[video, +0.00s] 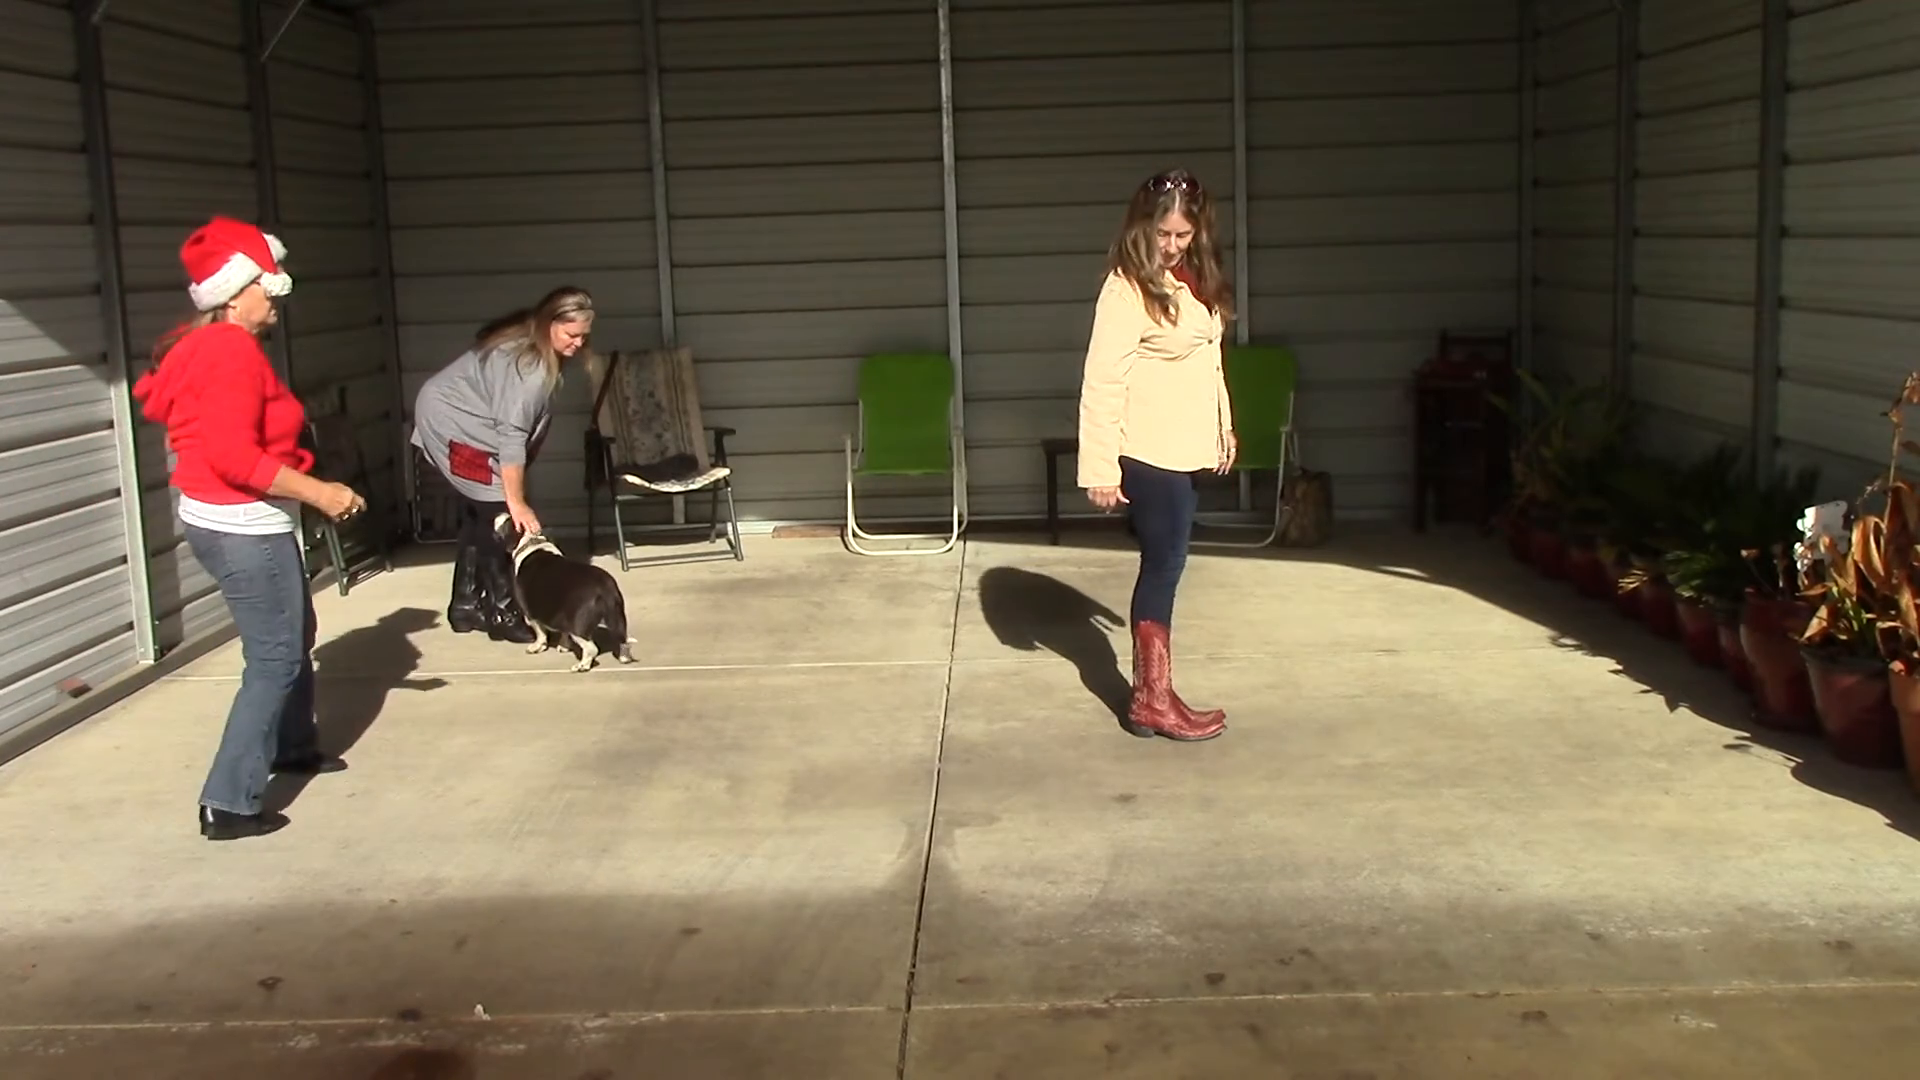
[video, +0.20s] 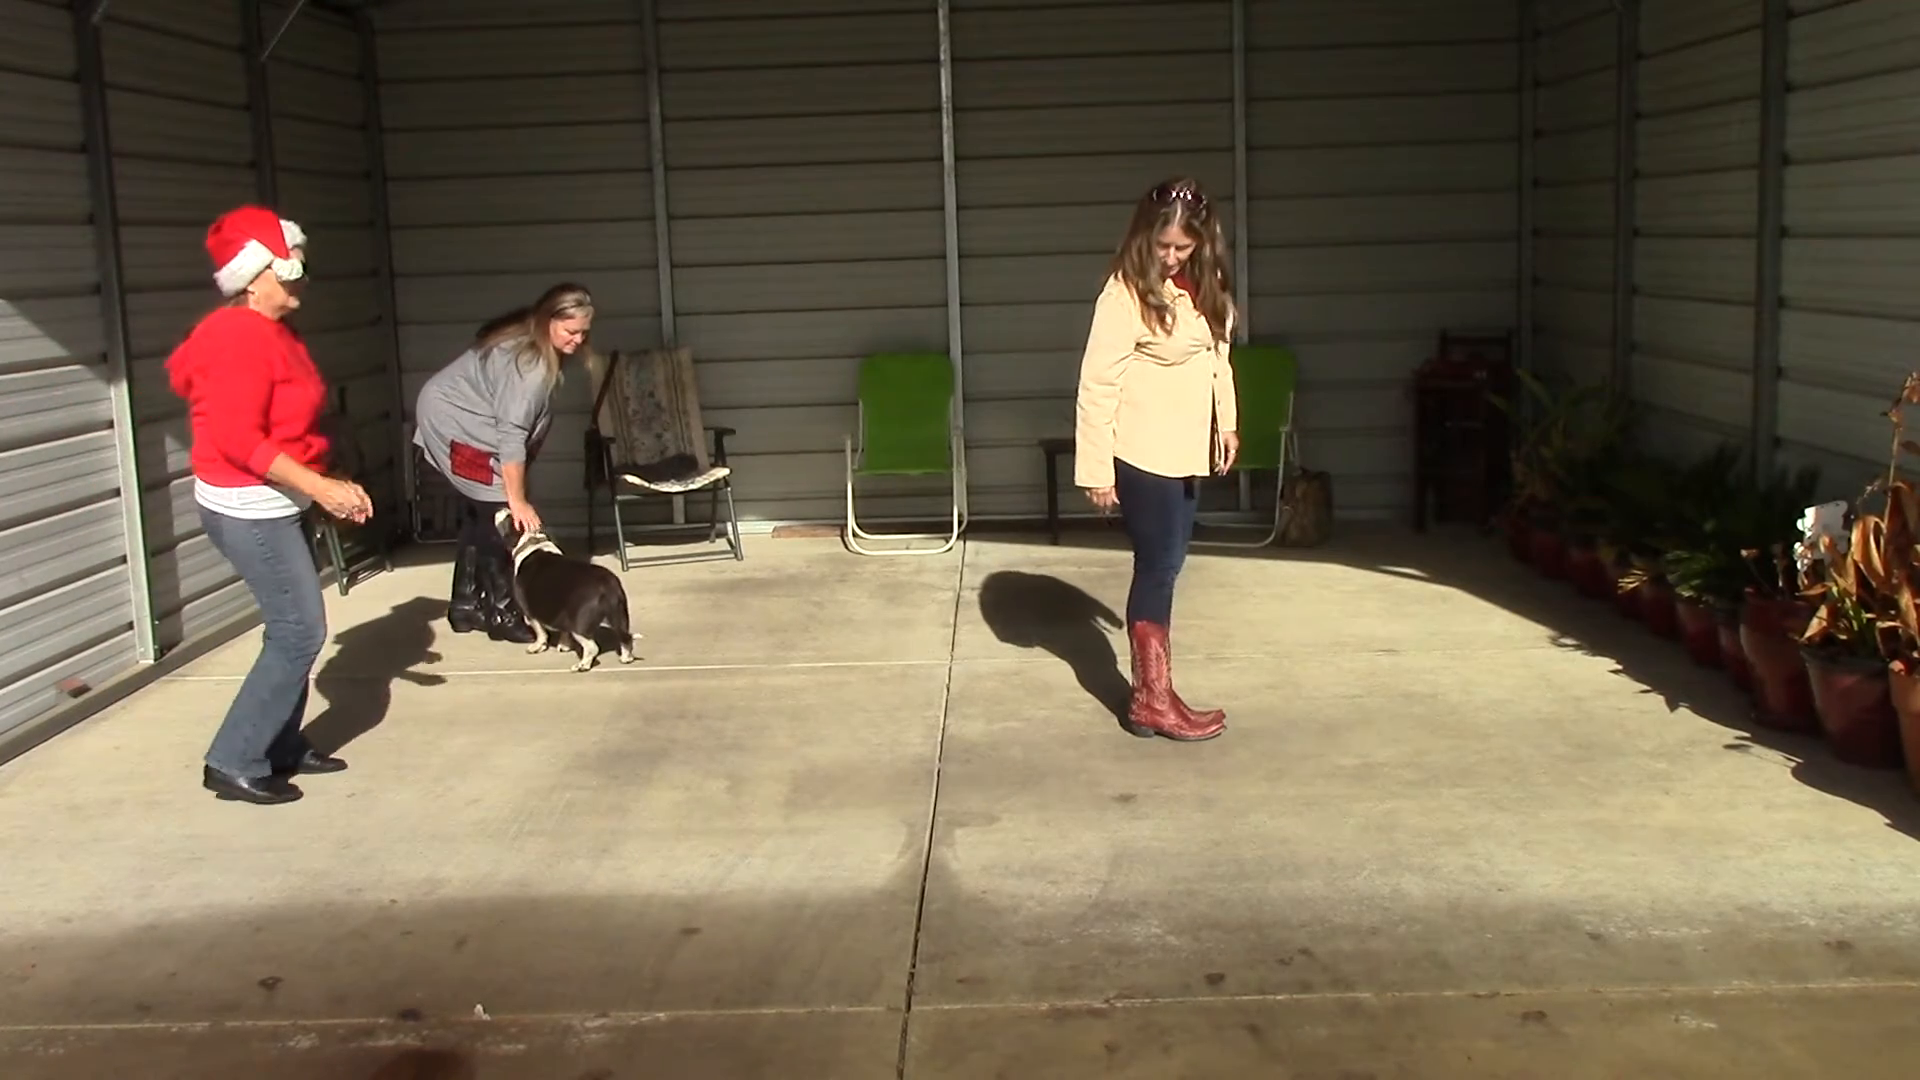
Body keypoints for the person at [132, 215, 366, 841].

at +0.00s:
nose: (274, 303)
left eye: (273, 291)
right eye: (267, 292)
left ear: (230, 297)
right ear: (236, 297)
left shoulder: (216, 346)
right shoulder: (226, 351)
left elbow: (219, 448)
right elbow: (229, 451)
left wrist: (301, 486)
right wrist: (313, 491)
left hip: (241, 516)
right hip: (240, 522)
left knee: (296, 630)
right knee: (277, 653)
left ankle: (293, 748)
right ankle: (228, 804)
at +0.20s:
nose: (298, 284)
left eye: (297, 273)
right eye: (289, 274)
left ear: (262, 278)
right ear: (254, 279)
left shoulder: (271, 333)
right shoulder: (237, 336)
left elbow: (283, 432)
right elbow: (238, 439)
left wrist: (330, 486)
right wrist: (320, 487)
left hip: (273, 501)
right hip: (245, 505)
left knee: (301, 626)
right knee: (299, 630)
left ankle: (281, 747)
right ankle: (234, 762)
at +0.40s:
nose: (302, 281)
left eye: (302, 270)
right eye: (292, 271)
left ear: (269, 271)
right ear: (256, 273)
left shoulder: (286, 329)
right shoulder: (236, 330)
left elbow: (301, 424)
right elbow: (231, 432)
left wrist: (336, 482)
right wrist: (313, 475)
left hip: (292, 499)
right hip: (253, 502)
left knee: (283, 631)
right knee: (265, 633)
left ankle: (280, 743)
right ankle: (249, 761)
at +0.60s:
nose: (297, 273)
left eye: (298, 263)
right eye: (284, 264)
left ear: (297, 263)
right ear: (247, 270)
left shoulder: (301, 326)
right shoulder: (224, 321)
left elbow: (316, 413)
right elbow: (250, 399)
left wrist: (340, 484)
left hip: (305, 496)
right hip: (255, 499)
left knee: (287, 628)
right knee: (260, 631)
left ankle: (282, 743)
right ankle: (249, 761)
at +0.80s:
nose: (290, 256)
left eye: (289, 247)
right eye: (278, 246)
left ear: (279, 258)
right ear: (244, 258)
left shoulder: (293, 326)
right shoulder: (215, 316)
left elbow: (317, 411)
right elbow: (260, 337)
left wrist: (347, 477)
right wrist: (263, 265)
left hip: (308, 493)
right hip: (256, 496)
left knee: (290, 629)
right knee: (263, 630)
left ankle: (283, 743)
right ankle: (251, 762)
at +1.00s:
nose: (294, 268)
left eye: (294, 257)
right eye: (283, 257)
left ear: (274, 261)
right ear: (245, 260)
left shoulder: (286, 329)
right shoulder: (213, 315)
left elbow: (312, 415)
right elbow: (255, 326)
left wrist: (338, 487)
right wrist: (261, 256)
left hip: (305, 494)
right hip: (253, 496)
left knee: (286, 630)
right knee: (263, 631)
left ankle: (281, 743)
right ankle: (250, 762)